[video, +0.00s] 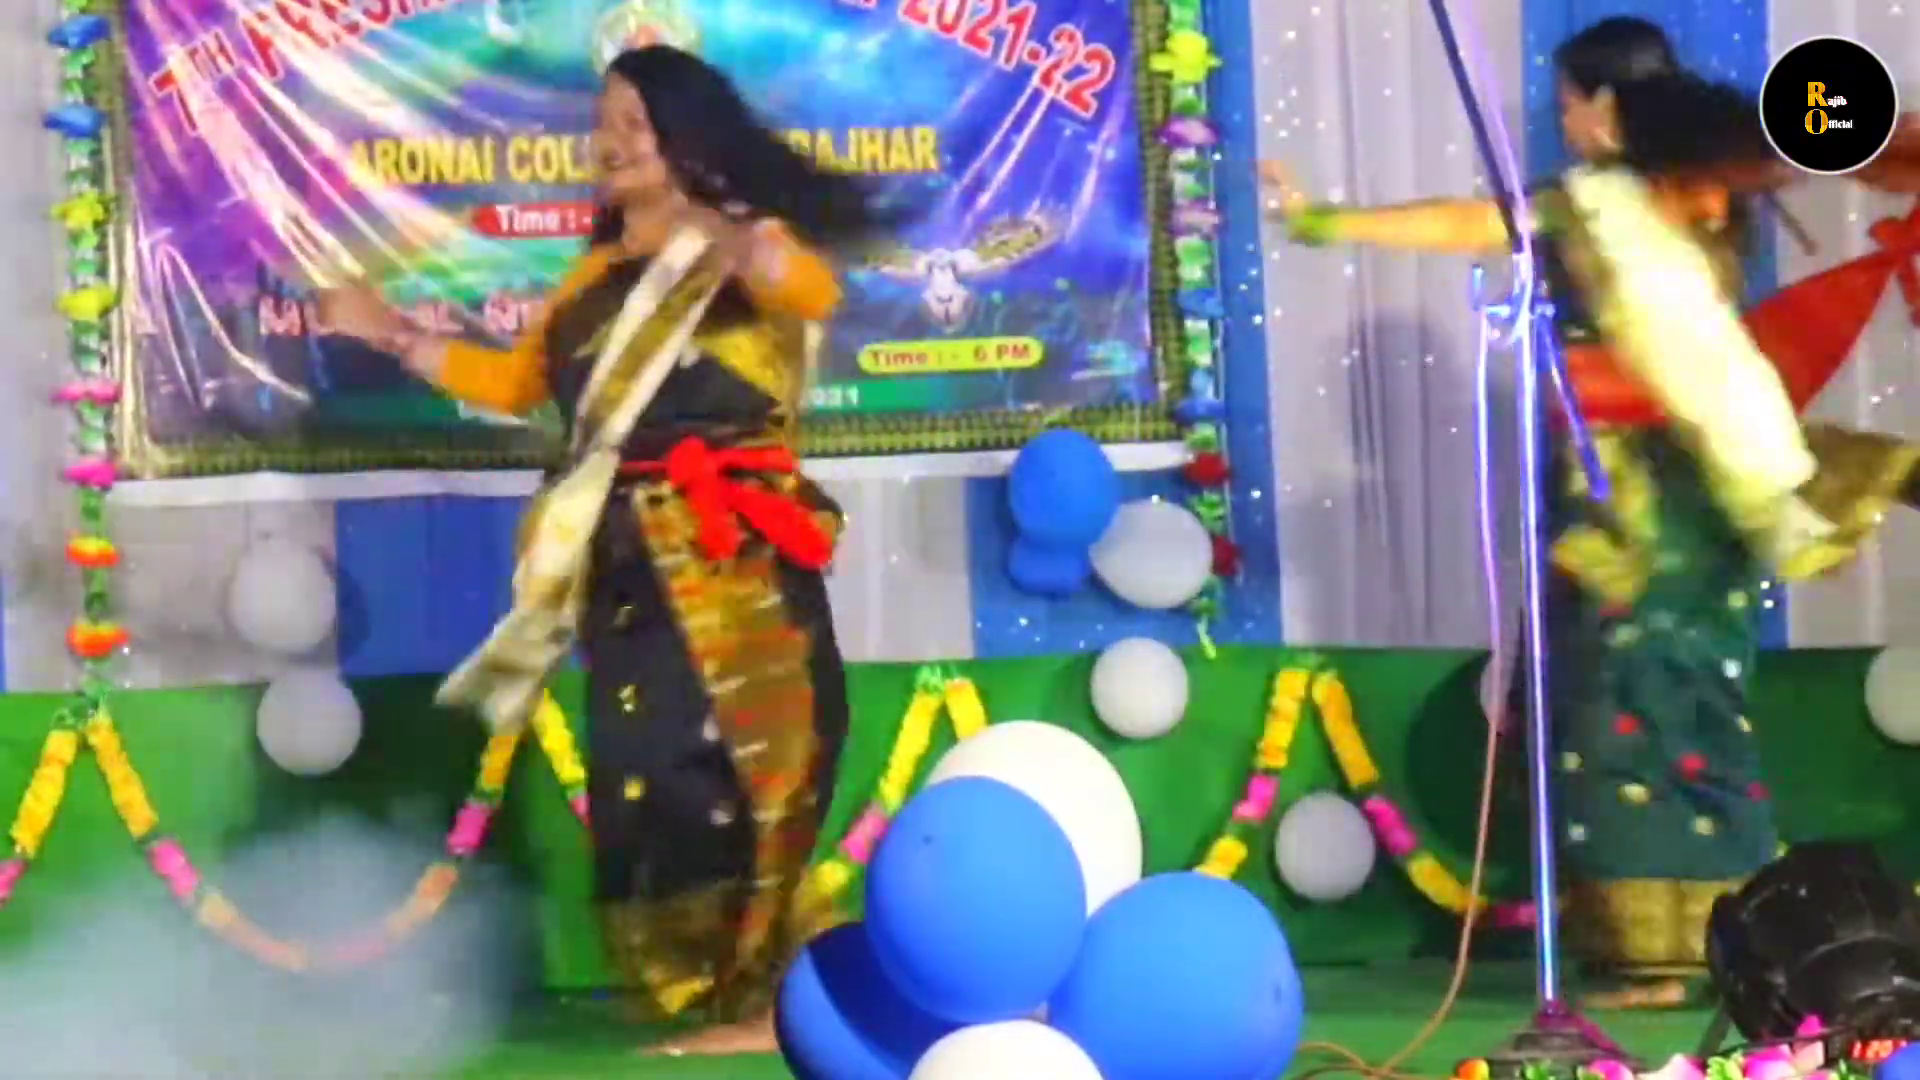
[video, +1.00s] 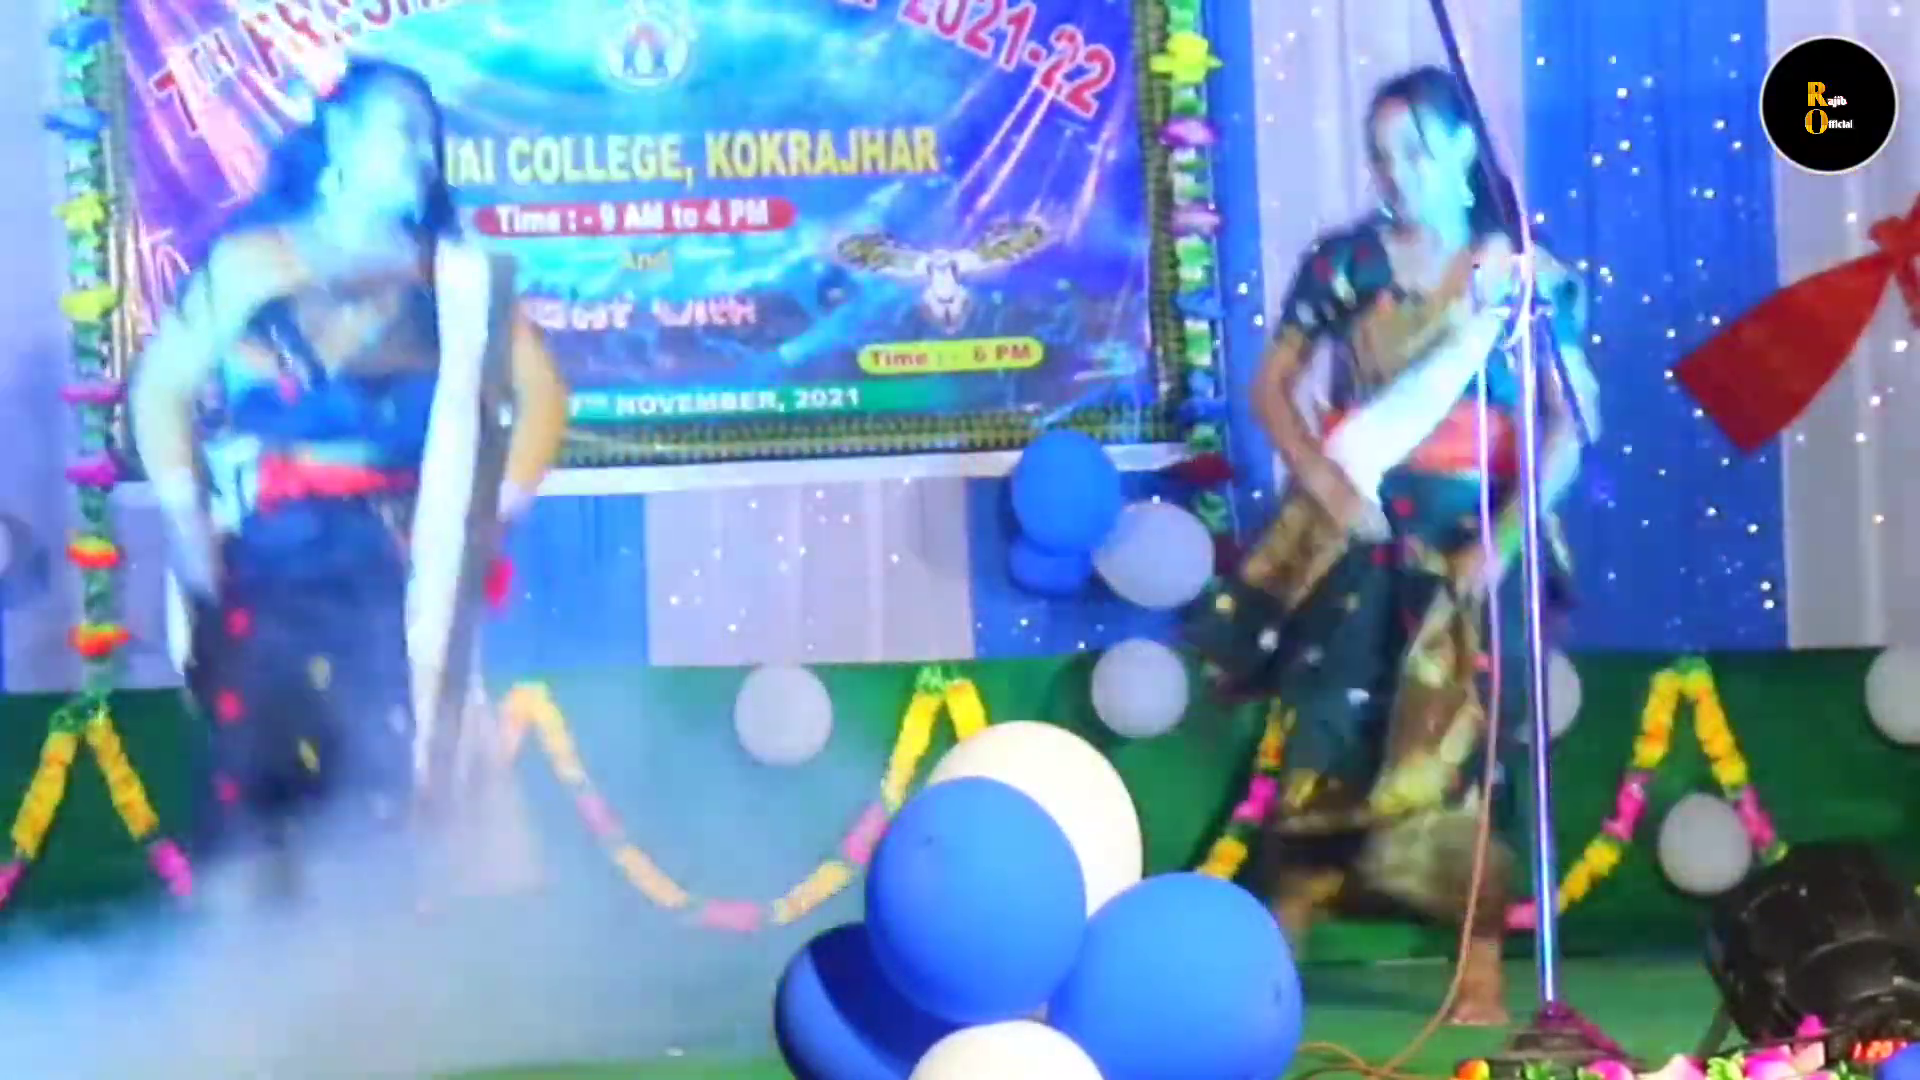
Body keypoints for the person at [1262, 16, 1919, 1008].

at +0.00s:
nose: (1561, 122)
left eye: (1568, 104)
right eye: (1564, 104)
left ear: (1601, 107)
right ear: (1649, 100)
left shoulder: (1596, 199)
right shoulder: (1710, 197)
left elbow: (1470, 223)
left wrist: (1324, 220)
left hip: (1628, 483)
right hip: (1705, 479)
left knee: (1618, 700)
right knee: (1686, 699)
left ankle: (1656, 957)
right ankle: (1705, 938)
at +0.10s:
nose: (1557, 124)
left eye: (1565, 103)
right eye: (1556, 104)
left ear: (1614, 100)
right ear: (1628, 101)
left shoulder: (1626, 200)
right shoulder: (1676, 204)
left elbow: (1528, 238)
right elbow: (1515, 276)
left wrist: (1411, 246)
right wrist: (1416, 269)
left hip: (1639, 484)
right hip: (1683, 480)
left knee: (1626, 709)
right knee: (1675, 708)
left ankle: (1638, 947)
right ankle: (1679, 939)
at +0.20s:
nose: (1553, 143)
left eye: (1563, 120)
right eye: (1548, 124)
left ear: (1618, 110)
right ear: (1603, 120)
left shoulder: (1651, 228)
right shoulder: (1616, 230)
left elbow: (1532, 321)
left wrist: (1393, 368)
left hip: (1651, 510)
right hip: (1627, 506)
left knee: (1643, 718)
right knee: (1636, 717)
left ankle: (1667, 944)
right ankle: (1651, 941)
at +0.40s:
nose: (1546, 233)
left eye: (1562, 212)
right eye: (1538, 216)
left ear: (1618, 209)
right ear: (1530, 222)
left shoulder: (1676, 321)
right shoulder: (1523, 333)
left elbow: (1687, 464)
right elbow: (1505, 473)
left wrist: (1611, 578)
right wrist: (1515, 588)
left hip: (1663, 560)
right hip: (1558, 565)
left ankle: (1684, 927)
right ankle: (1577, 931)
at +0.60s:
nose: (1507, 152)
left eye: (1522, 130)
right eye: (1494, 136)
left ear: (1571, 125)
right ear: (1487, 142)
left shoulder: (1635, 238)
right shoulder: (1472, 243)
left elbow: (1657, 383)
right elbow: (1416, 379)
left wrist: (1592, 515)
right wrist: (1437, 496)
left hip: (1600, 506)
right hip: (1483, 512)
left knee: (1606, 725)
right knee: (1417, 710)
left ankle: (1677, 946)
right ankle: (1440, 937)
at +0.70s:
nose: (1457, 139)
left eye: (1471, 116)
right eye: (1444, 120)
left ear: (1524, 104)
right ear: (1435, 122)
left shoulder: (1600, 205)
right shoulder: (1429, 219)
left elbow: (1628, 349)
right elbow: (1368, 346)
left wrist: (1561, 472)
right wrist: (1384, 456)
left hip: (1559, 504)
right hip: (1439, 502)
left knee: (1541, 723)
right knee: (1423, 724)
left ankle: (1555, 940)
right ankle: (1415, 968)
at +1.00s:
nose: (1400, 171)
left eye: (1417, 150)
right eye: (1385, 154)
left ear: (1466, 149)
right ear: (1373, 159)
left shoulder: (1525, 272)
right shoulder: (1344, 260)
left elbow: (1572, 424)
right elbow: (1270, 390)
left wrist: (1502, 541)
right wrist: (1324, 485)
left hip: (1476, 548)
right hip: (1359, 538)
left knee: (1477, 757)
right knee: (1323, 741)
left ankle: (1479, 969)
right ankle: (1276, 959)